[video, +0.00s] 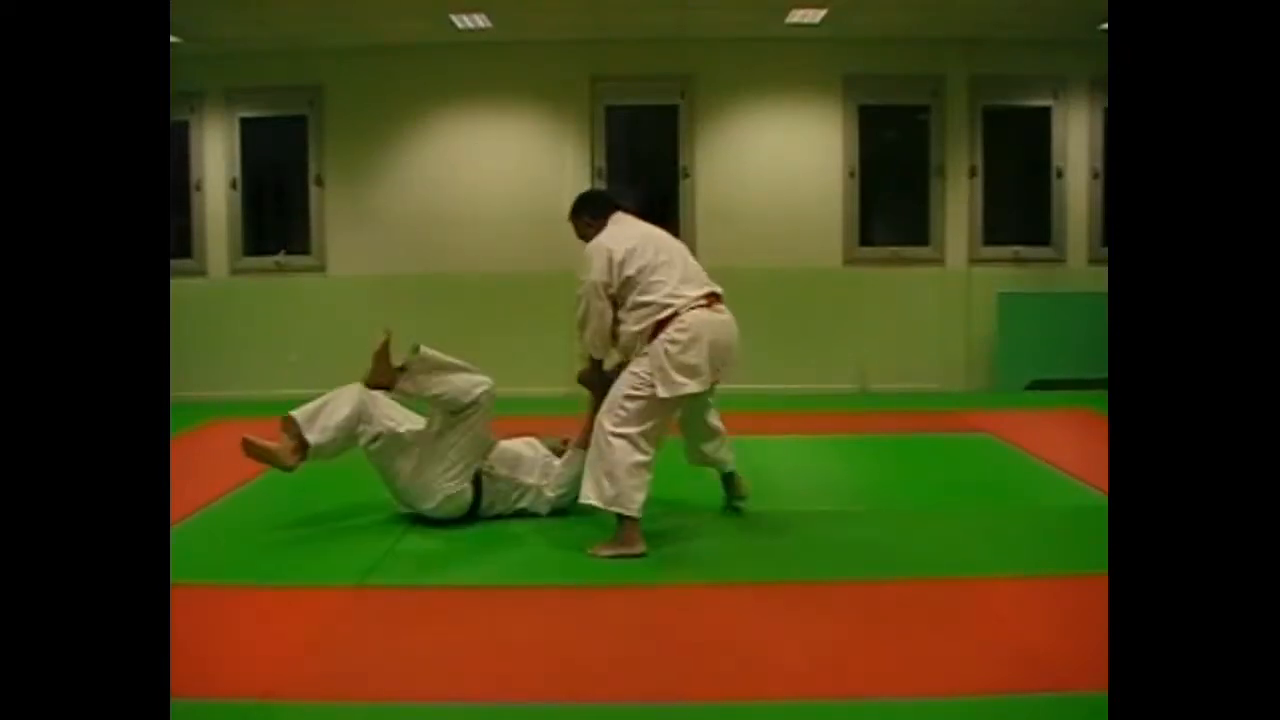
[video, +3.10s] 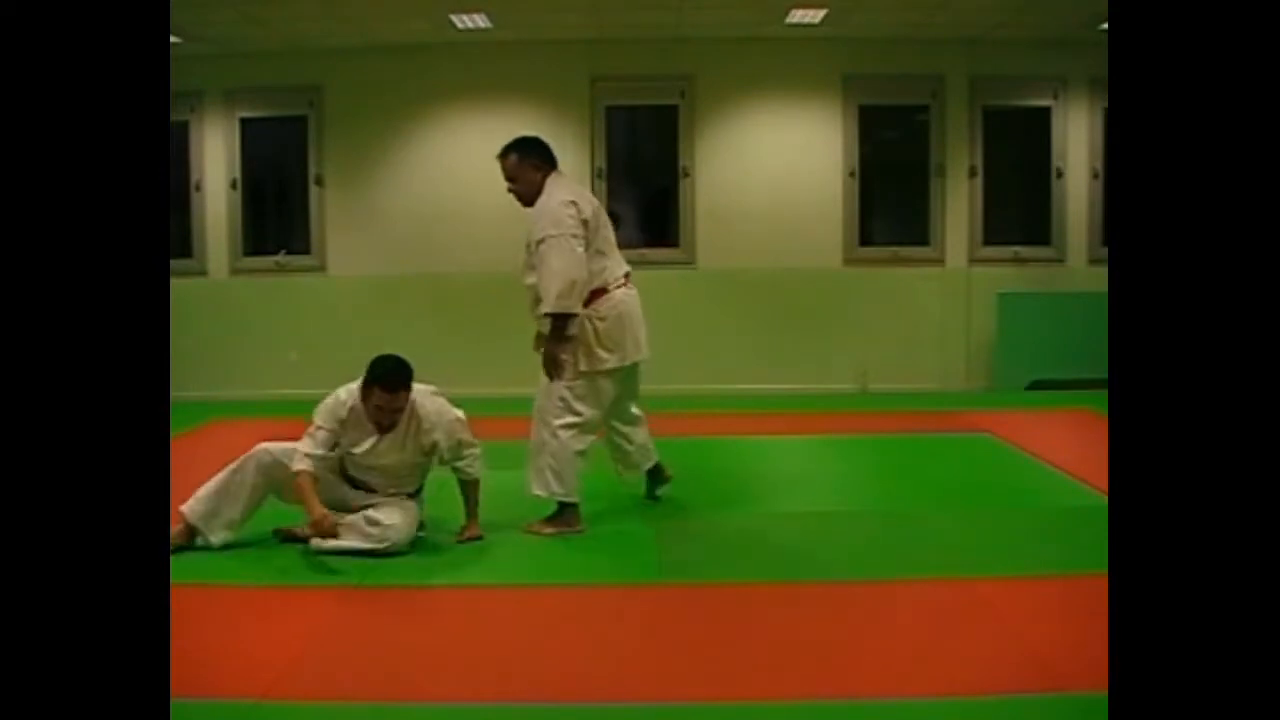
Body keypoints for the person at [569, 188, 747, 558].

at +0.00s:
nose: (580, 237)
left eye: (579, 229)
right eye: (577, 230)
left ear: (591, 220)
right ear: (612, 212)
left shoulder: (603, 247)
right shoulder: (647, 232)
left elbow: (598, 321)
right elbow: (648, 313)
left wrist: (593, 368)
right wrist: (618, 366)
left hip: (678, 334)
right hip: (721, 324)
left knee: (616, 424)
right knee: (698, 413)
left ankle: (628, 533)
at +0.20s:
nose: (584, 247)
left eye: (583, 240)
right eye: (581, 241)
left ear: (590, 230)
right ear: (612, 222)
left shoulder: (602, 247)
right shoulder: (648, 239)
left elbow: (596, 316)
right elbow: (638, 313)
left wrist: (592, 374)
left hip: (664, 331)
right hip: (704, 328)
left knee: (591, 404)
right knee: (668, 410)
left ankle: (595, 509)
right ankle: (681, 481)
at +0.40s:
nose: (568, 261)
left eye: (566, 254)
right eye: (564, 256)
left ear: (572, 241)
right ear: (594, 229)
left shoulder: (585, 251)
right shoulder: (639, 244)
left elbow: (577, 325)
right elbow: (687, 286)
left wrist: (558, 379)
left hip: (647, 331)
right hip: (689, 327)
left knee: (579, 410)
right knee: (658, 414)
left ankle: (561, 509)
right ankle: (678, 482)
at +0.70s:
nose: (544, 276)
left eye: (542, 269)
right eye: (541, 272)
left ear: (548, 255)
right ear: (570, 241)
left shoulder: (562, 263)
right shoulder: (620, 252)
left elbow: (557, 330)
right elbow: (669, 290)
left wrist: (537, 385)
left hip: (628, 336)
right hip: (671, 332)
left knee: (561, 412)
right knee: (647, 413)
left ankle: (559, 511)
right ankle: (674, 483)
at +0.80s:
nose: (534, 286)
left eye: (531, 280)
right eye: (530, 283)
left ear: (537, 267)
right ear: (559, 251)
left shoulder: (553, 271)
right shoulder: (599, 262)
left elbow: (553, 331)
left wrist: (534, 385)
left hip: (626, 336)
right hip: (668, 332)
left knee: (556, 414)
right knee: (644, 415)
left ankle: (559, 512)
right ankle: (674, 484)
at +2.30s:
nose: (548, 227)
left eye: (546, 220)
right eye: (545, 221)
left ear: (555, 208)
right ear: (577, 202)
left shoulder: (570, 225)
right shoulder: (621, 223)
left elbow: (554, 287)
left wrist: (524, 340)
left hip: (615, 319)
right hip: (659, 316)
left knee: (565, 411)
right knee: (646, 406)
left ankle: (561, 511)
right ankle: (675, 484)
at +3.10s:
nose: (510, 190)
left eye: (513, 179)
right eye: (507, 181)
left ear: (536, 169)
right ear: (541, 169)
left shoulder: (554, 206)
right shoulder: (573, 194)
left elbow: (565, 276)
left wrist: (554, 336)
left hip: (594, 320)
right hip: (622, 309)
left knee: (557, 410)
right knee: (618, 403)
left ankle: (566, 508)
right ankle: (652, 468)